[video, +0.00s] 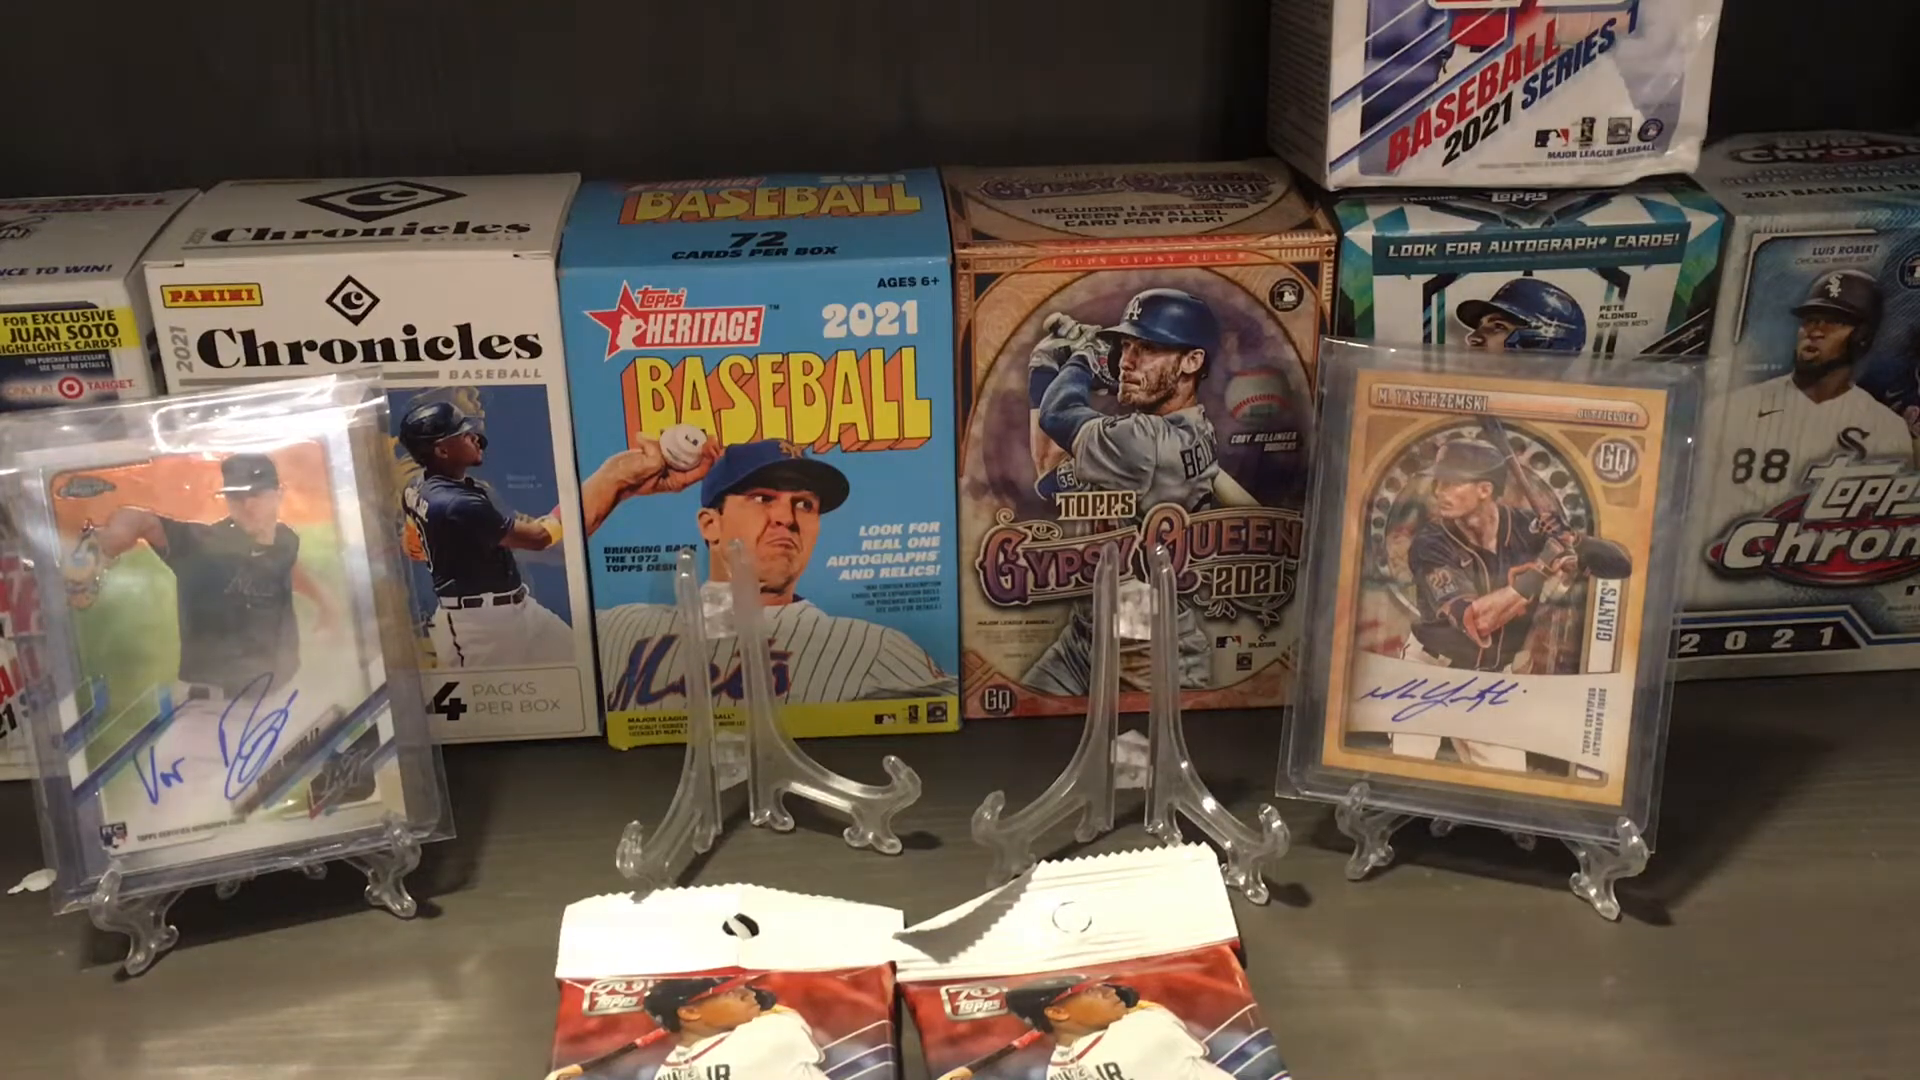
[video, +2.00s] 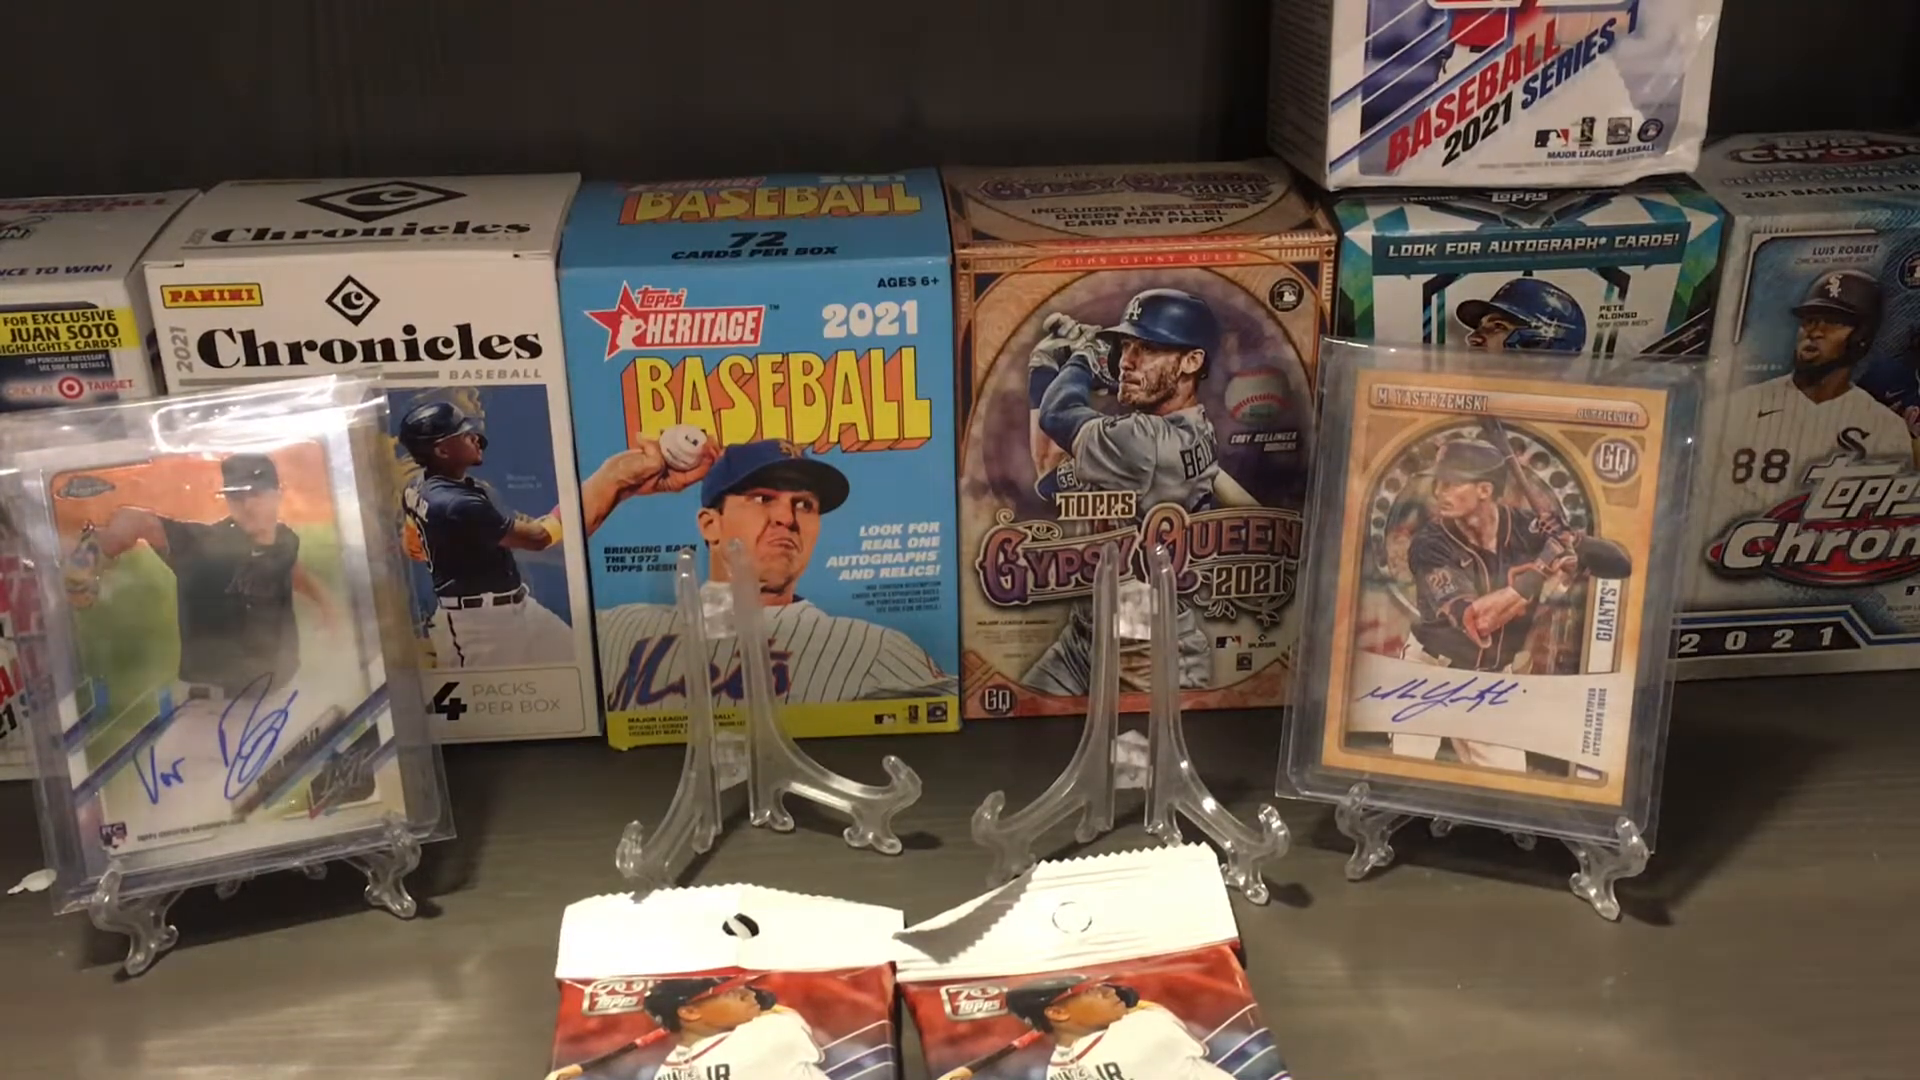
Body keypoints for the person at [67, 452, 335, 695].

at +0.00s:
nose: (247, 504)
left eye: (256, 493)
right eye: (237, 495)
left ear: (278, 495)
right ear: (227, 500)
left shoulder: (286, 542)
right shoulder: (198, 542)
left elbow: (288, 570)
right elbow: (133, 518)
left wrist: (324, 601)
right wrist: (102, 552)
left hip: (278, 700)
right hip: (214, 705)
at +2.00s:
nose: (248, 504)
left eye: (257, 493)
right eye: (237, 495)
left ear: (277, 496)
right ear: (227, 501)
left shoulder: (287, 543)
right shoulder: (199, 544)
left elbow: (290, 571)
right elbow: (132, 519)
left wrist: (323, 601)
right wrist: (92, 557)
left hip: (278, 697)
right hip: (215, 702)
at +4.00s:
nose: (251, 505)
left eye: (259, 494)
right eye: (240, 496)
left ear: (278, 495)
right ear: (229, 501)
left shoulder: (286, 542)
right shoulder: (199, 543)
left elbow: (292, 570)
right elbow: (135, 520)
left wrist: (324, 602)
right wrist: (103, 544)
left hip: (277, 699)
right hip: (215, 704)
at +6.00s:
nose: (248, 506)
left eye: (257, 495)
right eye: (238, 497)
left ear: (275, 495)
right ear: (227, 500)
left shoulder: (286, 540)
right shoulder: (201, 543)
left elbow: (291, 569)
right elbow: (139, 522)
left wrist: (324, 602)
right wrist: (95, 552)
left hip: (275, 688)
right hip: (213, 694)